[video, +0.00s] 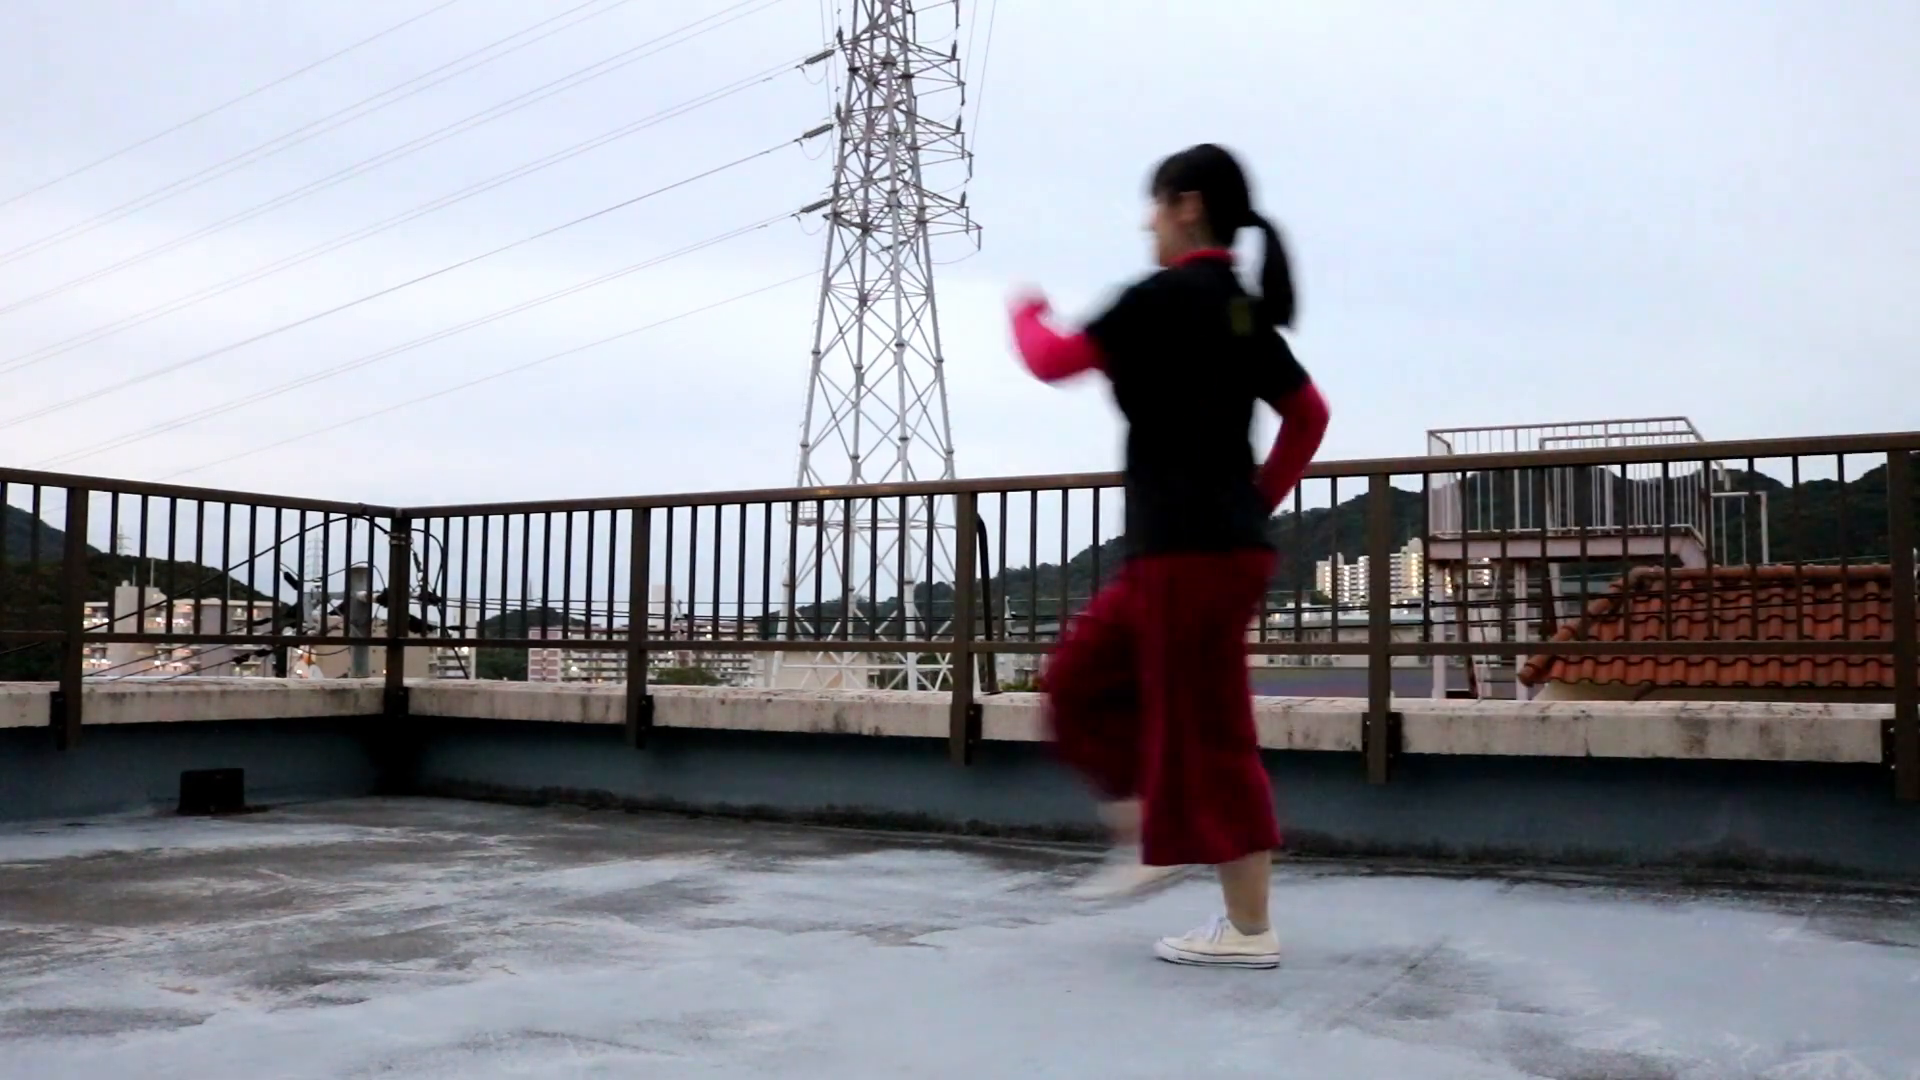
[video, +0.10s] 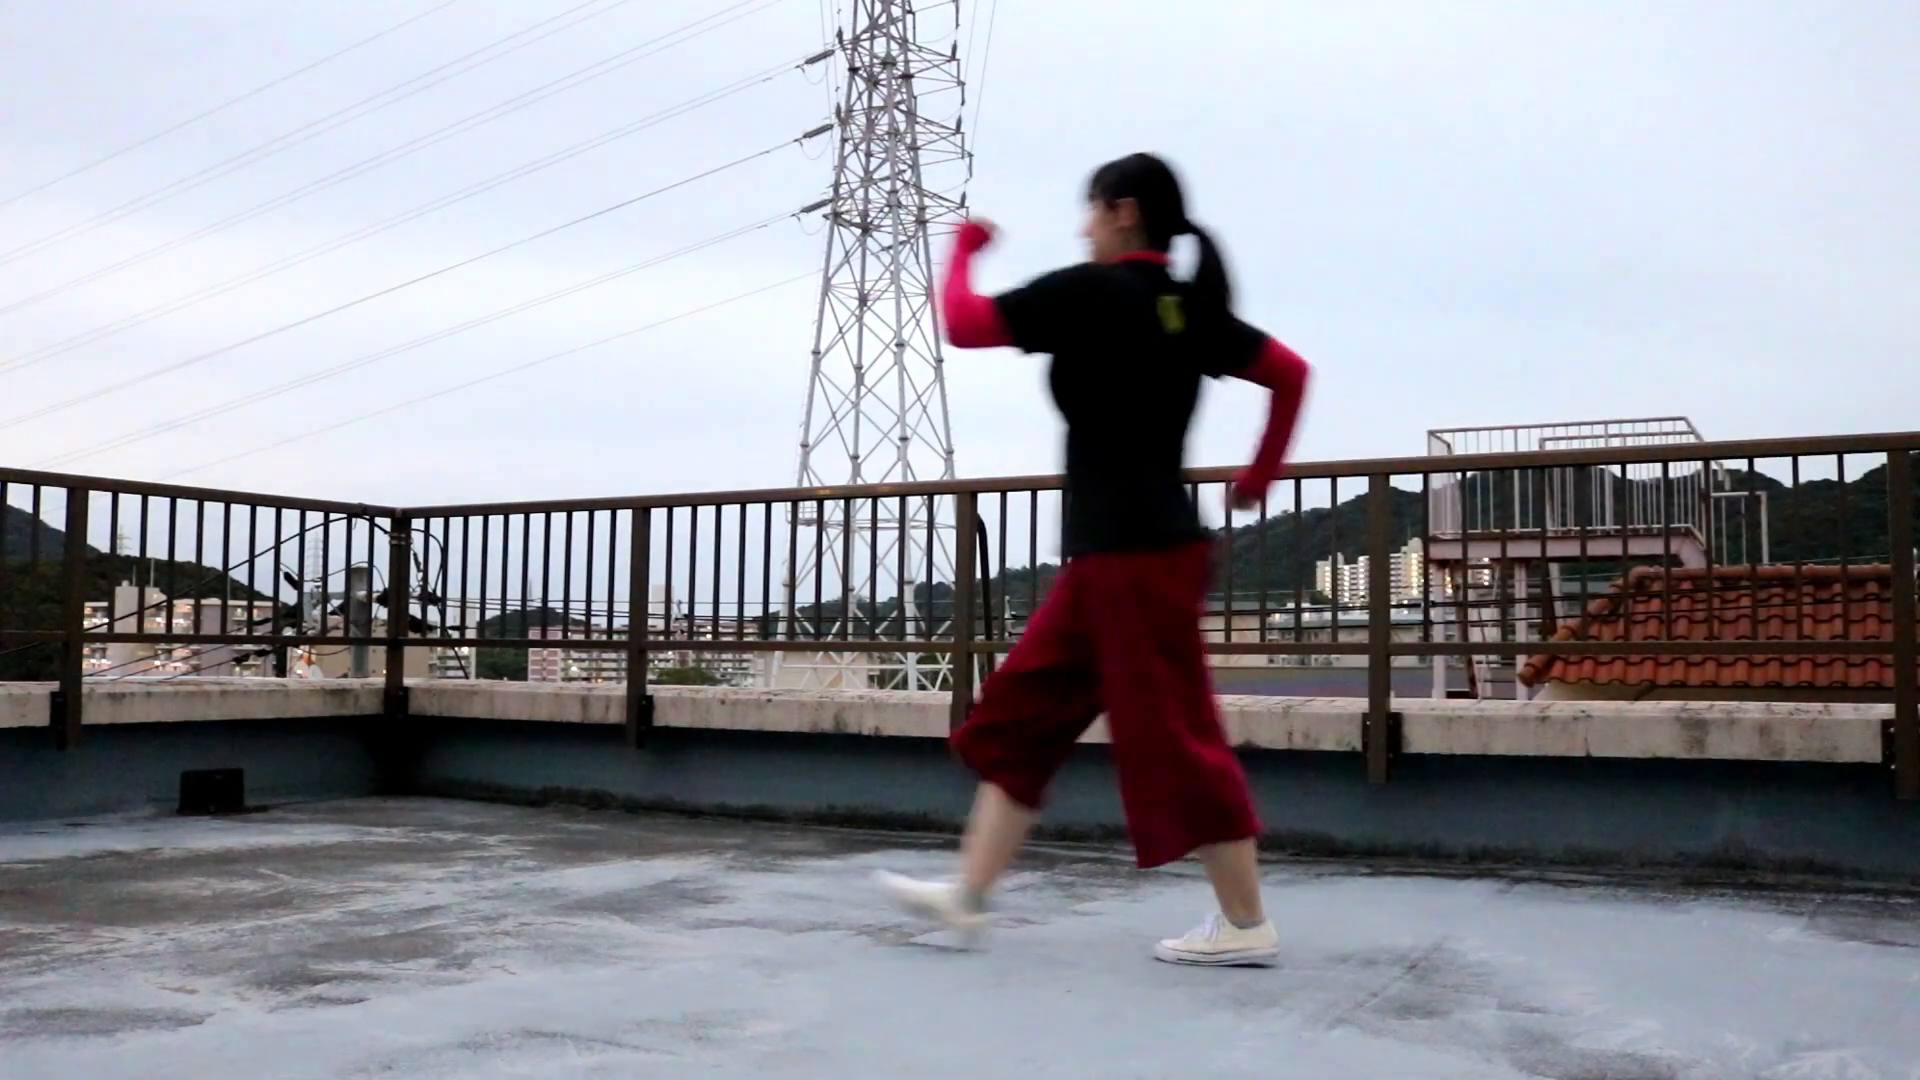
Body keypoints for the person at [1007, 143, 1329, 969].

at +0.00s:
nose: (1148, 220)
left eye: (1156, 205)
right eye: (1152, 205)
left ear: (1187, 210)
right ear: (1215, 216)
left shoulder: (1157, 301)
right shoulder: (1238, 312)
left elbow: (1053, 359)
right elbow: (1308, 414)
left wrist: (1024, 308)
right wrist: (1257, 502)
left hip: (1182, 553)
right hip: (1231, 548)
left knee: (1210, 725)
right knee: (1076, 680)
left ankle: (1249, 926)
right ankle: (1143, 833)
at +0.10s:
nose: (1085, 223)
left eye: (1092, 209)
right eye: (1089, 209)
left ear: (1123, 214)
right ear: (1152, 220)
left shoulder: (1085, 293)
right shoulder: (1189, 307)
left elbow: (963, 323)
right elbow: (1290, 373)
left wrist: (961, 247)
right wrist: (1260, 473)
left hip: (1129, 553)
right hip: (1143, 549)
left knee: (1175, 731)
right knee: (1024, 714)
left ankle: (1246, 922)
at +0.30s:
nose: (961, 236)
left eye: (968, 223)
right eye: (965, 222)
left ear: (998, 229)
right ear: (1027, 235)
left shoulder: (961, 306)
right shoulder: (1054, 319)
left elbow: (875, 379)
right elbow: (1112, 432)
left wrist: (829, 333)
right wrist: (1049, 479)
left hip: (968, 564)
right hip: (1027, 563)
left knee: (956, 723)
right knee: (945, 721)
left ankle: (1137, 848)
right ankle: (931, 912)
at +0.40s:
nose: (903, 246)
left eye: (909, 232)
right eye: (906, 232)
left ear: (939, 236)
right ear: (964, 240)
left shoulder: (933, 313)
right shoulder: (980, 320)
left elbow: (908, 411)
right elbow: (958, 428)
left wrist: (823, 436)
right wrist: (876, 402)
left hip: (920, 563)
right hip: (969, 561)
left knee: (836, 723)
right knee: (924, 726)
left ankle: (995, 811)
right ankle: (928, 913)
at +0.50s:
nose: (848, 248)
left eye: (856, 235)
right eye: (851, 235)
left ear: (885, 239)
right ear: (906, 244)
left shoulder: (903, 315)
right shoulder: (887, 324)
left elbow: (950, 393)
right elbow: (833, 414)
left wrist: (876, 466)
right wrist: (794, 343)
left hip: (869, 567)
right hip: (913, 565)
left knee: (743, 684)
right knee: (908, 730)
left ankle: (806, 854)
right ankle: (931, 911)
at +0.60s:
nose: (793, 256)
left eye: (801, 243)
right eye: (798, 244)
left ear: (827, 247)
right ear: (845, 252)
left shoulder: (862, 317)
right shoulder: (804, 329)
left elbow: (948, 361)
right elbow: (736, 374)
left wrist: (882, 451)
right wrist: (740, 289)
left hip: (794, 560)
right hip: (856, 558)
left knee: (693, 711)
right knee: (886, 729)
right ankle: (926, 905)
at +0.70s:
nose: (736, 256)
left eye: (743, 244)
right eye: (741, 243)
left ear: (765, 251)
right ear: (787, 255)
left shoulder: (795, 321)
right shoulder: (751, 329)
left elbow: (872, 371)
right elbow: (686, 386)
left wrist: (803, 452)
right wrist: (684, 304)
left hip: (725, 555)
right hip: (772, 554)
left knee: (665, 711)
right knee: (821, 713)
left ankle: (623, 904)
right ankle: (902, 879)